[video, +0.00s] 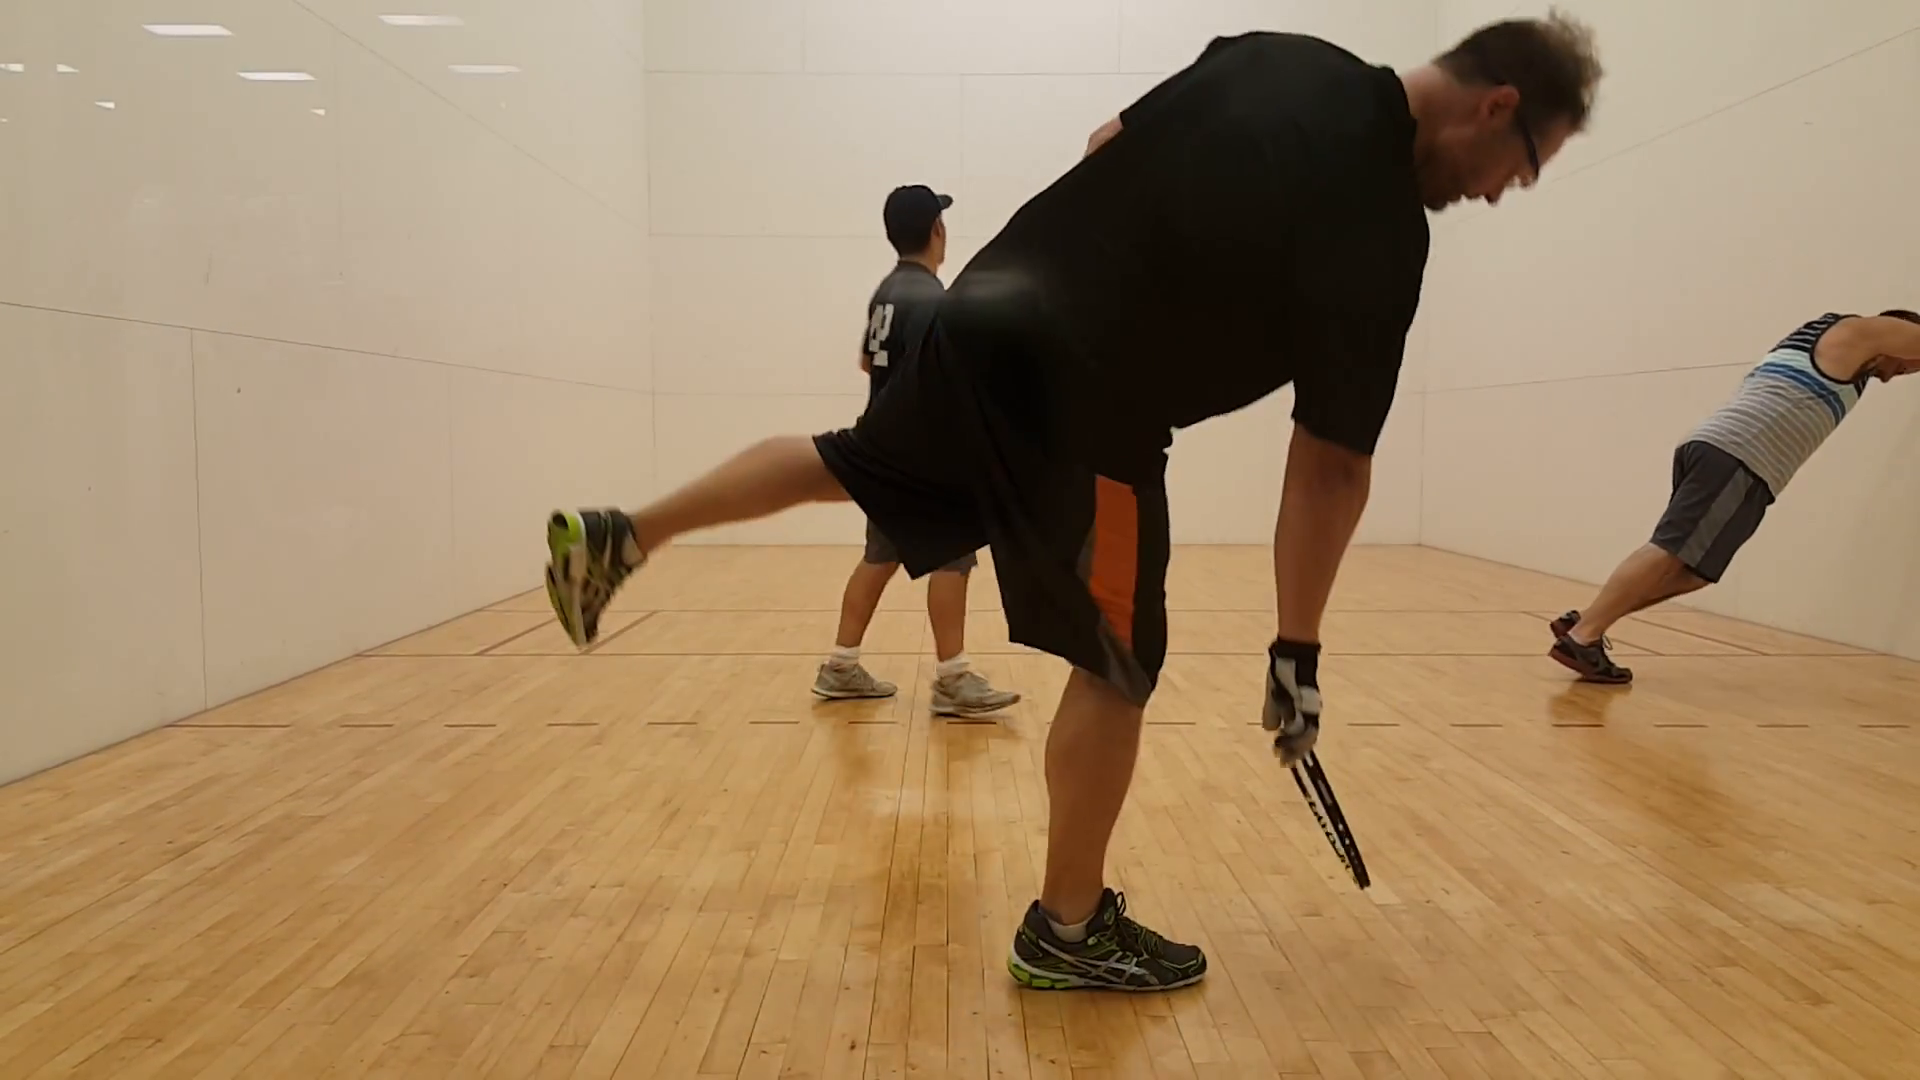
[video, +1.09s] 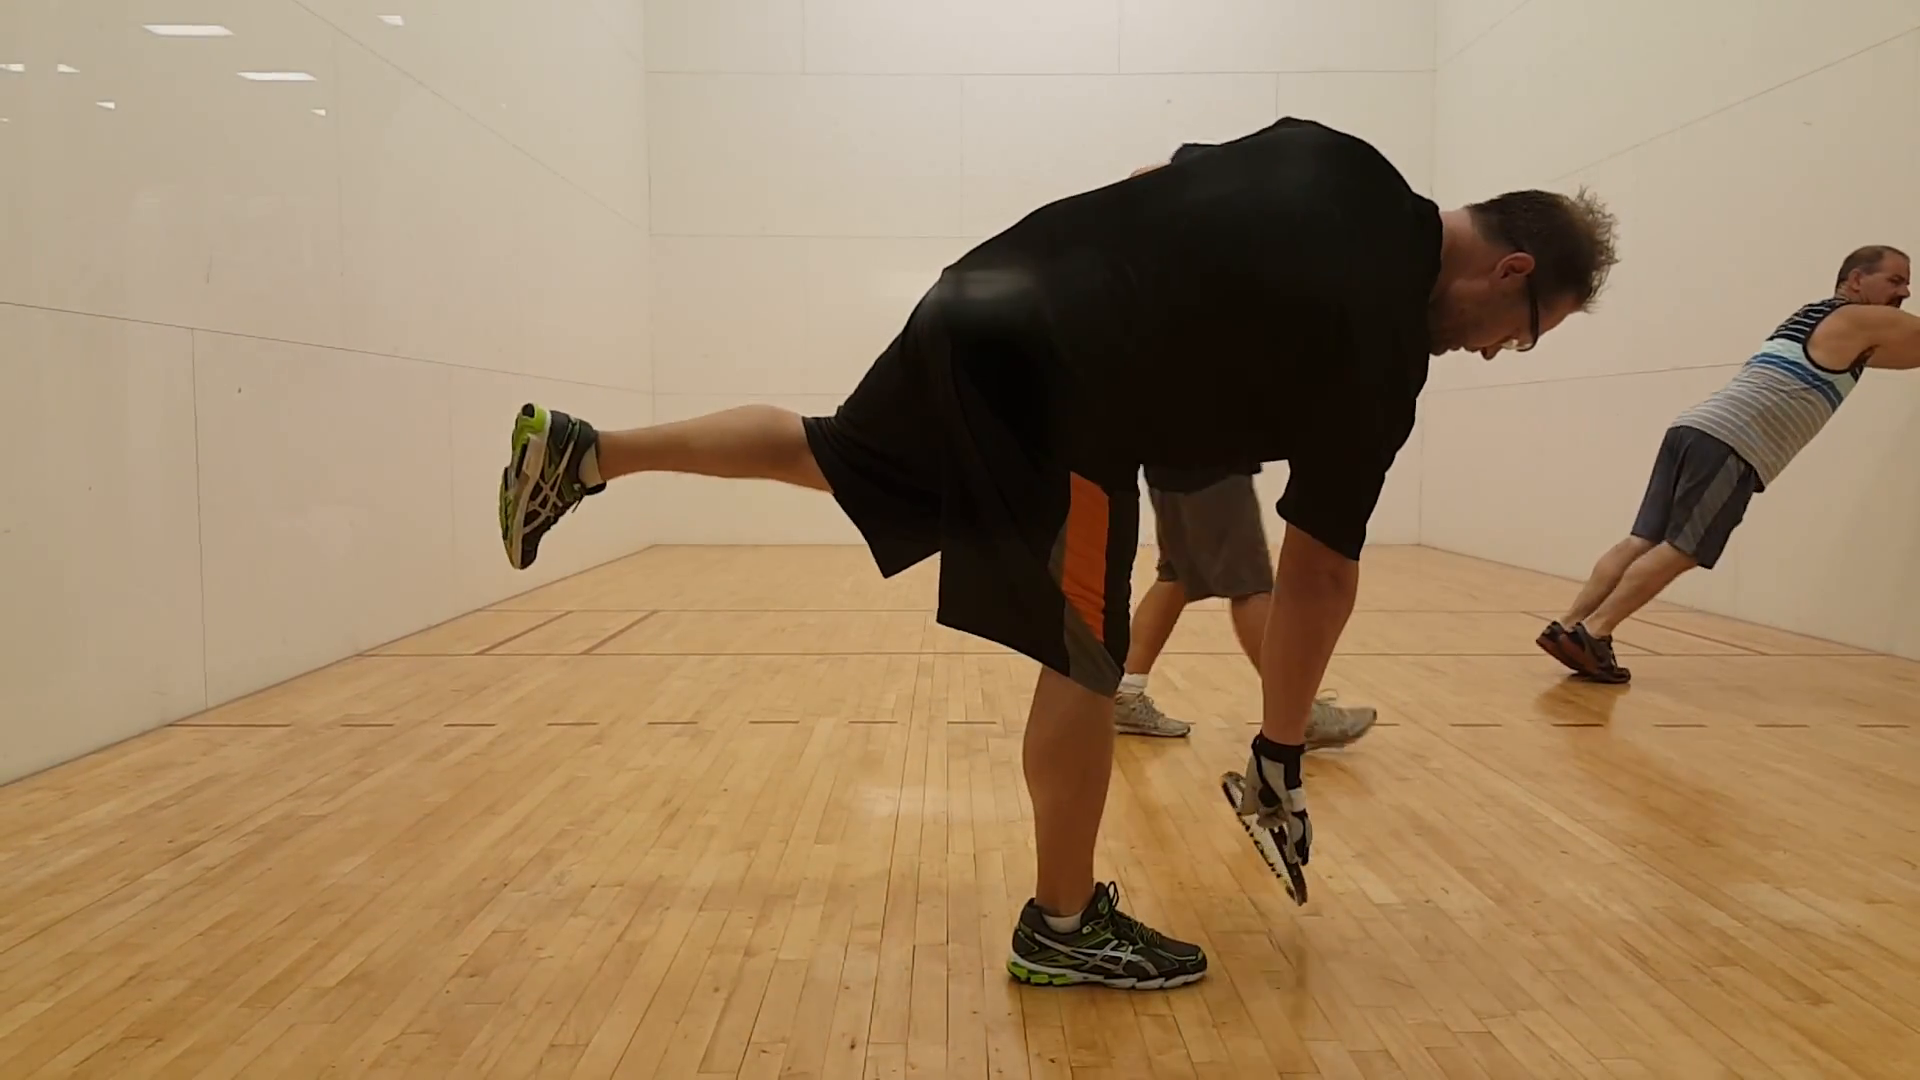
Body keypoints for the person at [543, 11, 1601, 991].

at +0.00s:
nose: (1505, 192)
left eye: (1524, 176)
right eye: (1523, 165)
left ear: (1459, 78)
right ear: (1493, 110)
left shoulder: (1281, 56)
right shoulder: (1378, 242)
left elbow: (1111, 145)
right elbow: (1326, 462)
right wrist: (1296, 652)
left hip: (978, 310)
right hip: (1086, 390)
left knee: (855, 463)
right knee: (1115, 655)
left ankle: (624, 536)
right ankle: (1068, 926)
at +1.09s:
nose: (1496, 352)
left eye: (1518, 339)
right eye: (1520, 329)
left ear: (1479, 229)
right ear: (1506, 267)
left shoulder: (1329, 155)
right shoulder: (1382, 348)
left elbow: (1153, 183)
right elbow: (1314, 574)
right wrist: (1279, 753)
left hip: (982, 296)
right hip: (1067, 385)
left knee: (840, 455)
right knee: (1089, 646)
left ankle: (585, 451)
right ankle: (1063, 921)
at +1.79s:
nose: (1488, 433)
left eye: (1511, 418)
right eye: (1509, 413)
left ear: (1477, 305)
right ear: (1491, 358)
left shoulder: (1345, 218)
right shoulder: (1384, 429)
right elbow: (1321, 633)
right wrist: (1287, 813)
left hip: (989, 281)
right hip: (1065, 388)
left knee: (794, 415)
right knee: (1079, 661)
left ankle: (527, 437)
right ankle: (1062, 925)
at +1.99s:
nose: (1484, 464)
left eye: (1508, 451)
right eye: (1505, 445)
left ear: (1483, 336)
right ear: (1493, 388)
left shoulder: (1353, 246)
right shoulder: (1386, 446)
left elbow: (1175, 239)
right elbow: (1318, 662)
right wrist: (1291, 837)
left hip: (1013, 280)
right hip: (1079, 394)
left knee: (783, 378)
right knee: (1078, 661)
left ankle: (514, 371)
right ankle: (1064, 921)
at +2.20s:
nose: (1480, 483)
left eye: (1501, 471)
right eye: (1498, 465)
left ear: (1481, 365)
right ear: (1489, 413)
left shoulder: (1359, 260)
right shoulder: (1379, 467)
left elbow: (1187, 231)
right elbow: (1323, 682)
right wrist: (1297, 864)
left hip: (1026, 272)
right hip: (1087, 396)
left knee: (777, 345)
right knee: (1077, 661)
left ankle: (516, 314)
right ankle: (1064, 919)